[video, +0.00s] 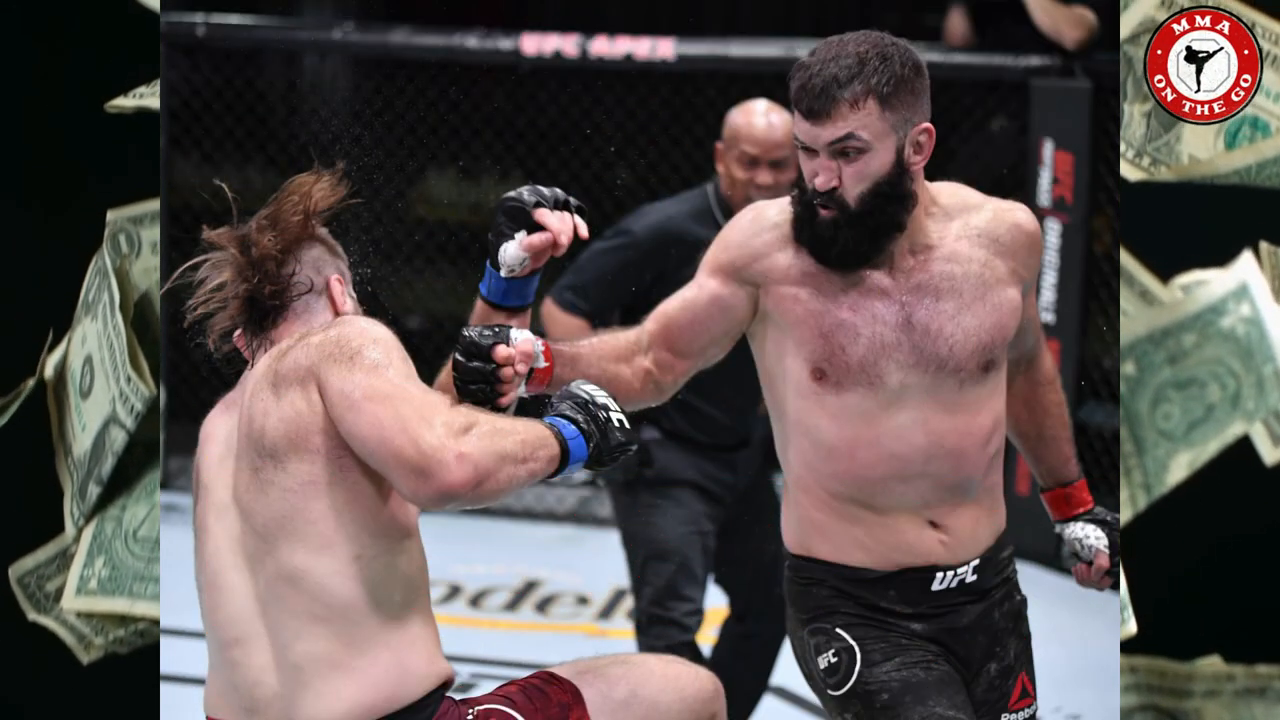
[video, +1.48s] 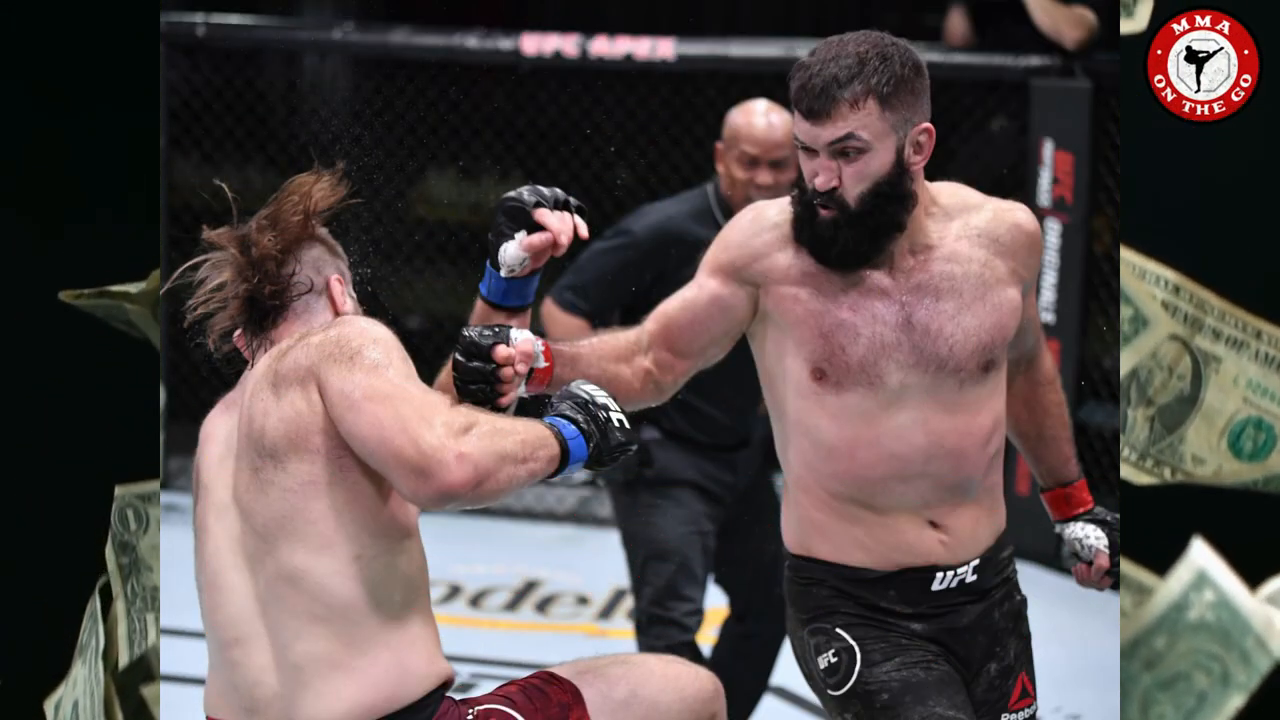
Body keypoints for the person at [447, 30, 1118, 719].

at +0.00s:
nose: (817, 177)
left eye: (845, 152)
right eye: (805, 151)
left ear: (918, 144)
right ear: (790, 140)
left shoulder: (1005, 235)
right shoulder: (758, 243)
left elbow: (1028, 367)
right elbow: (651, 361)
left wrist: (1076, 507)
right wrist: (538, 368)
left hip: (983, 594)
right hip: (845, 607)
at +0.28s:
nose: (817, 177)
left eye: (845, 152)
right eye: (805, 151)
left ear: (918, 144)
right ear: (791, 140)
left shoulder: (1006, 235)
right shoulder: (758, 243)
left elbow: (1028, 367)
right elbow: (650, 361)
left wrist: (1075, 507)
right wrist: (538, 368)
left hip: (982, 595)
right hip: (845, 607)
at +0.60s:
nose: (817, 177)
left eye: (845, 152)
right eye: (805, 151)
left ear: (918, 144)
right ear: (791, 140)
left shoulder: (1006, 235)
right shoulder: (758, 243)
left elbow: (1028, 367)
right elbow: (650, 361)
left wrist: (1075, 507)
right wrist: (537, 368)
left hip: (982, 595)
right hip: (845, 607)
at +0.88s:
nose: (817, 177)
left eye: (845, 152)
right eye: (805, 151)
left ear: (918, 144)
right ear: (790, 140)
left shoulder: (1005, 235)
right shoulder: (758, 243)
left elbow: (1028, 367)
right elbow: (651, 361)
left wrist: (1076, 506)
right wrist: (537, 368)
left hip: (983, 594)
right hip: (845, 607)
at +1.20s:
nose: (817, 177)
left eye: (845, 152)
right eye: (805, 151)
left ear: (918, 144)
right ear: (790, 140)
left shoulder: (1005, 235)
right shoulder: (758, 243)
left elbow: (1028, 367)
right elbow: (651, 360)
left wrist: (1076, 506)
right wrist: (537, 368)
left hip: (983, 594)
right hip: (845, 607)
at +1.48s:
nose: (817, 177)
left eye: (845, 152)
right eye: (805, 151)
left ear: (918, 144)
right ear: (791, 140)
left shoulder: (1006, 235)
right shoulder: (758, 243)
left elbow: (1028, 367)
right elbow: (650, 361)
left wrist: (1075, 507)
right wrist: (538, 368)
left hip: (982, 595)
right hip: (845, 607)